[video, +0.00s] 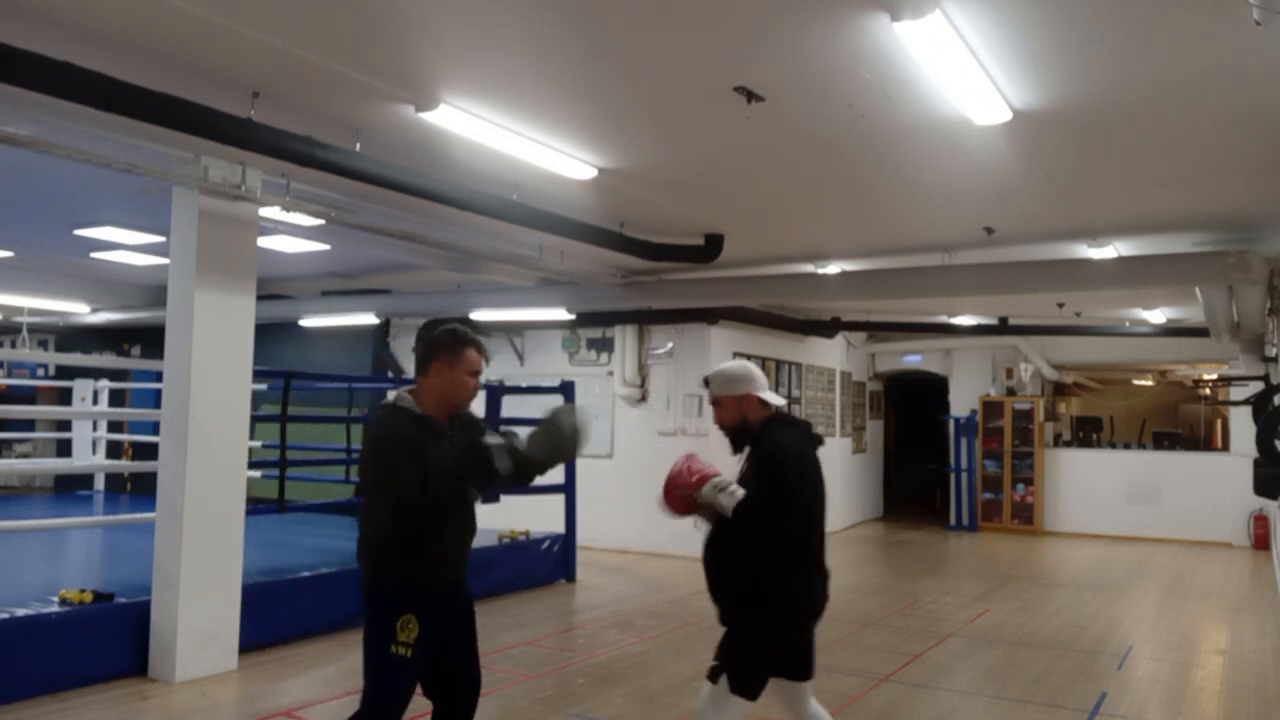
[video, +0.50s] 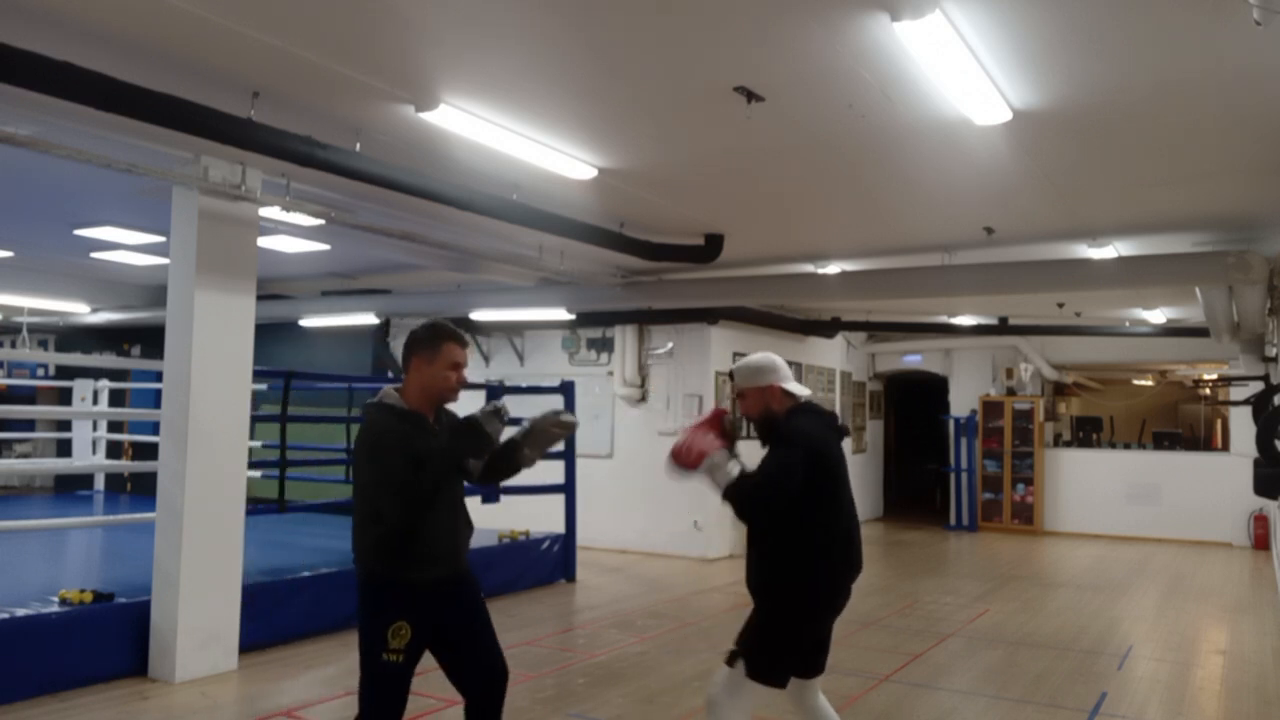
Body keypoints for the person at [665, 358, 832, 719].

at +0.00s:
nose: (715, 418)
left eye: (718, 405)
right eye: (713, 406)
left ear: (747, 400)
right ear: (749, 401)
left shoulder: (777, 447)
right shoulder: (780, 442)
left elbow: (773, 529)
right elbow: (757, 532)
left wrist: (719, 489)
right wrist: (706, 508)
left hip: (768, 608)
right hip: (791, 603)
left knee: (714, 707)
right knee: (798, 702)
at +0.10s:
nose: (730, 415)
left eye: (733, 404)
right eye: (728, 406)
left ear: (761, 398)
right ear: (764, 399)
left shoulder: (783, 440)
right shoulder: (803, 432)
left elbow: (761, 515)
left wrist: (707, 486)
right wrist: (732, 482)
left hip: (781, 599)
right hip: (812, 591)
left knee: (735, 703)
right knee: (807, 695)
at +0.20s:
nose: (737, 406)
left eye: (740, 394)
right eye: (736, 396)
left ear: (768, 389)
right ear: (775, 388)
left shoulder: (788, 428)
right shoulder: (814, 421)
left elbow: (764, 497)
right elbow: (777, 488)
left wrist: (722, 456)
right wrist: (732, 450)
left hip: (788, 586)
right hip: (824, 580)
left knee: (739, 696)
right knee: (814, 691)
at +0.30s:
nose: (743, 402)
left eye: (746, 391)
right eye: (741, 392)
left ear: (774, 386)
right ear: (777, 386)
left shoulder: (793, 426)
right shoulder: (817, 419)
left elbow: (759, 492)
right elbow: (767, 485)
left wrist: (715, 446)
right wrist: (724, 445)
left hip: (791, 583)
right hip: (824, 576)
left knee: (756, 700)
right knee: (817, 692)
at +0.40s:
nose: (741, 402)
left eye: (745, 391)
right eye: (740, 392)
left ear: (774, 387)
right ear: (778, 387)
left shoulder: (793, 428)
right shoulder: (813, 421)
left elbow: (757, 495)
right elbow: (766, 487)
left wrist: (716, 447)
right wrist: (727, 445)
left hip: (790, 587)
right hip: (820, 580)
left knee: (756, 700)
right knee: (812, 692)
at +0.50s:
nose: (739, 408)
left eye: (743, 397)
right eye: (737, 398)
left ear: (772, 392)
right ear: (775, 392)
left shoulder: (797, 435)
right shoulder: (807, 427)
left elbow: (761, 509)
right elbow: (767, 496)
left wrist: (716, 463)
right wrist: (727, 456)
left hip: (794, 593)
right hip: (819, 586)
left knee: (726, 697)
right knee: (805, 693)